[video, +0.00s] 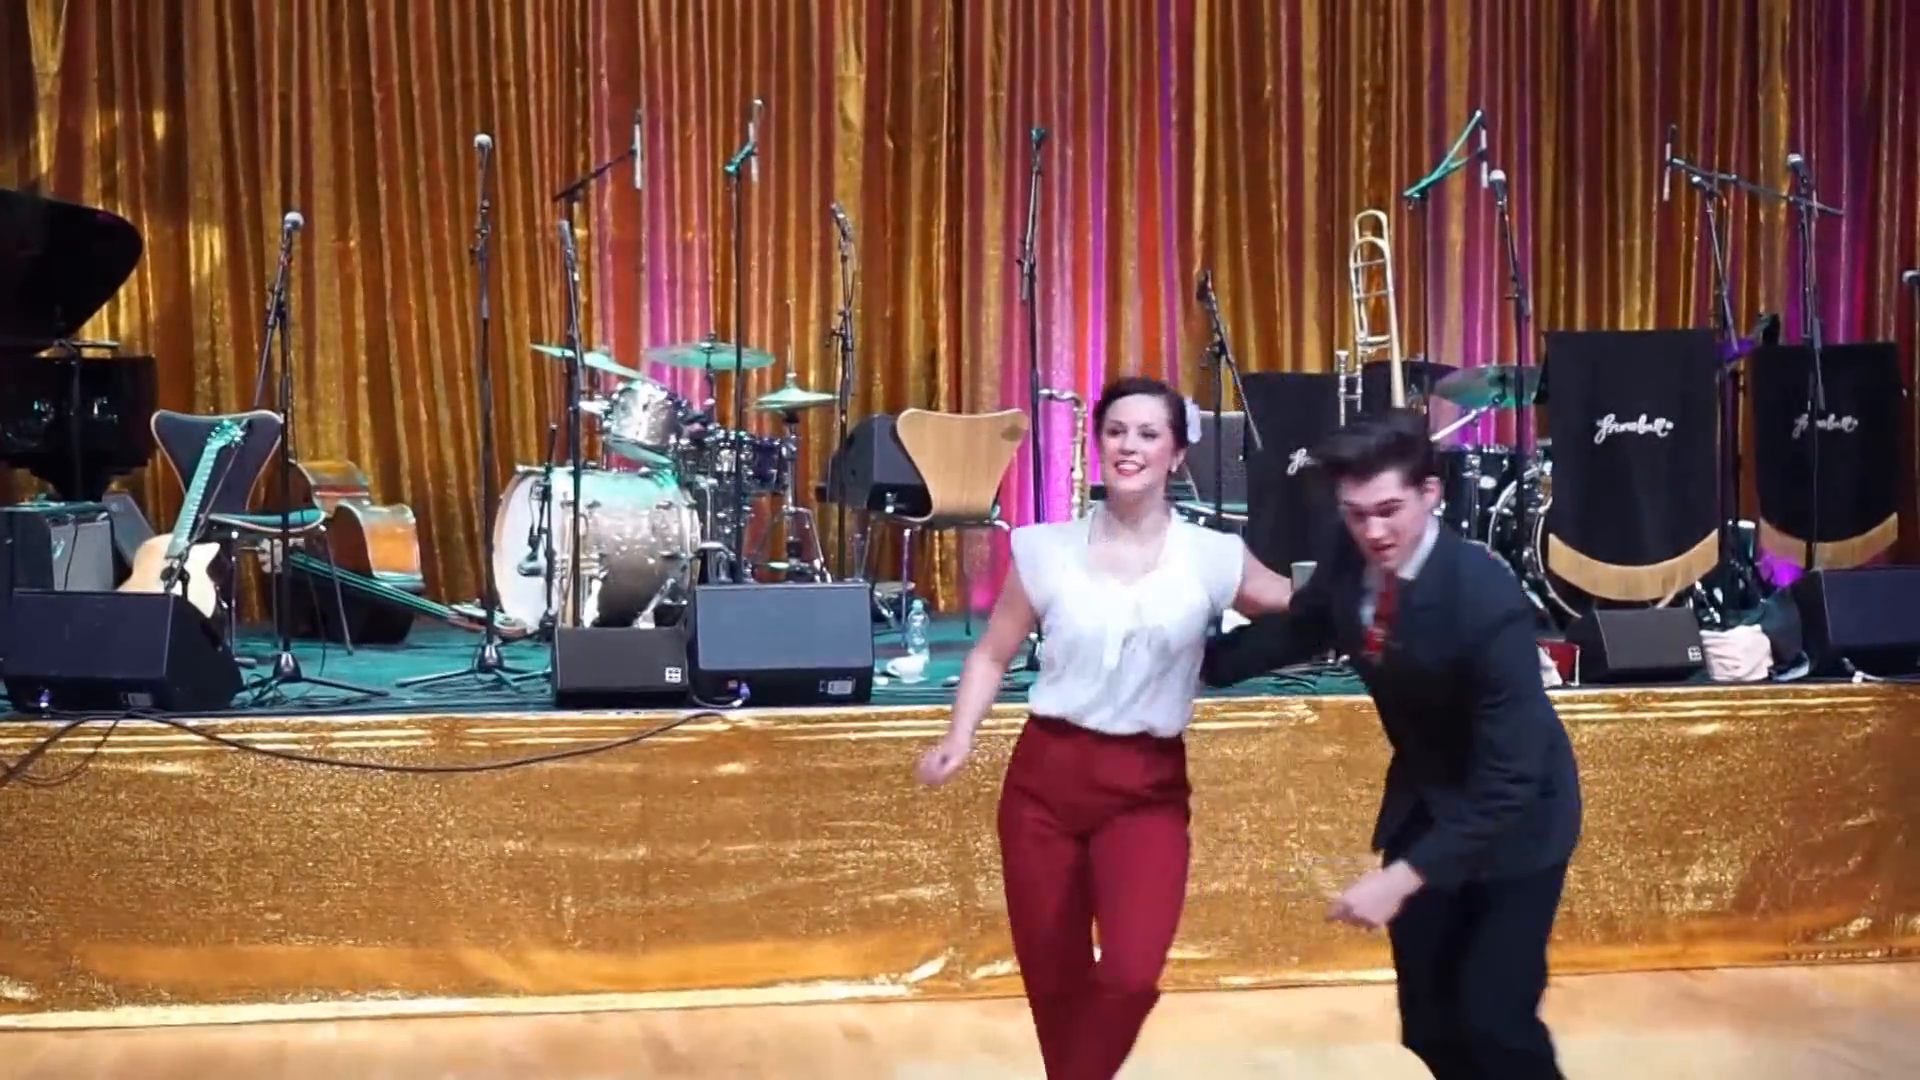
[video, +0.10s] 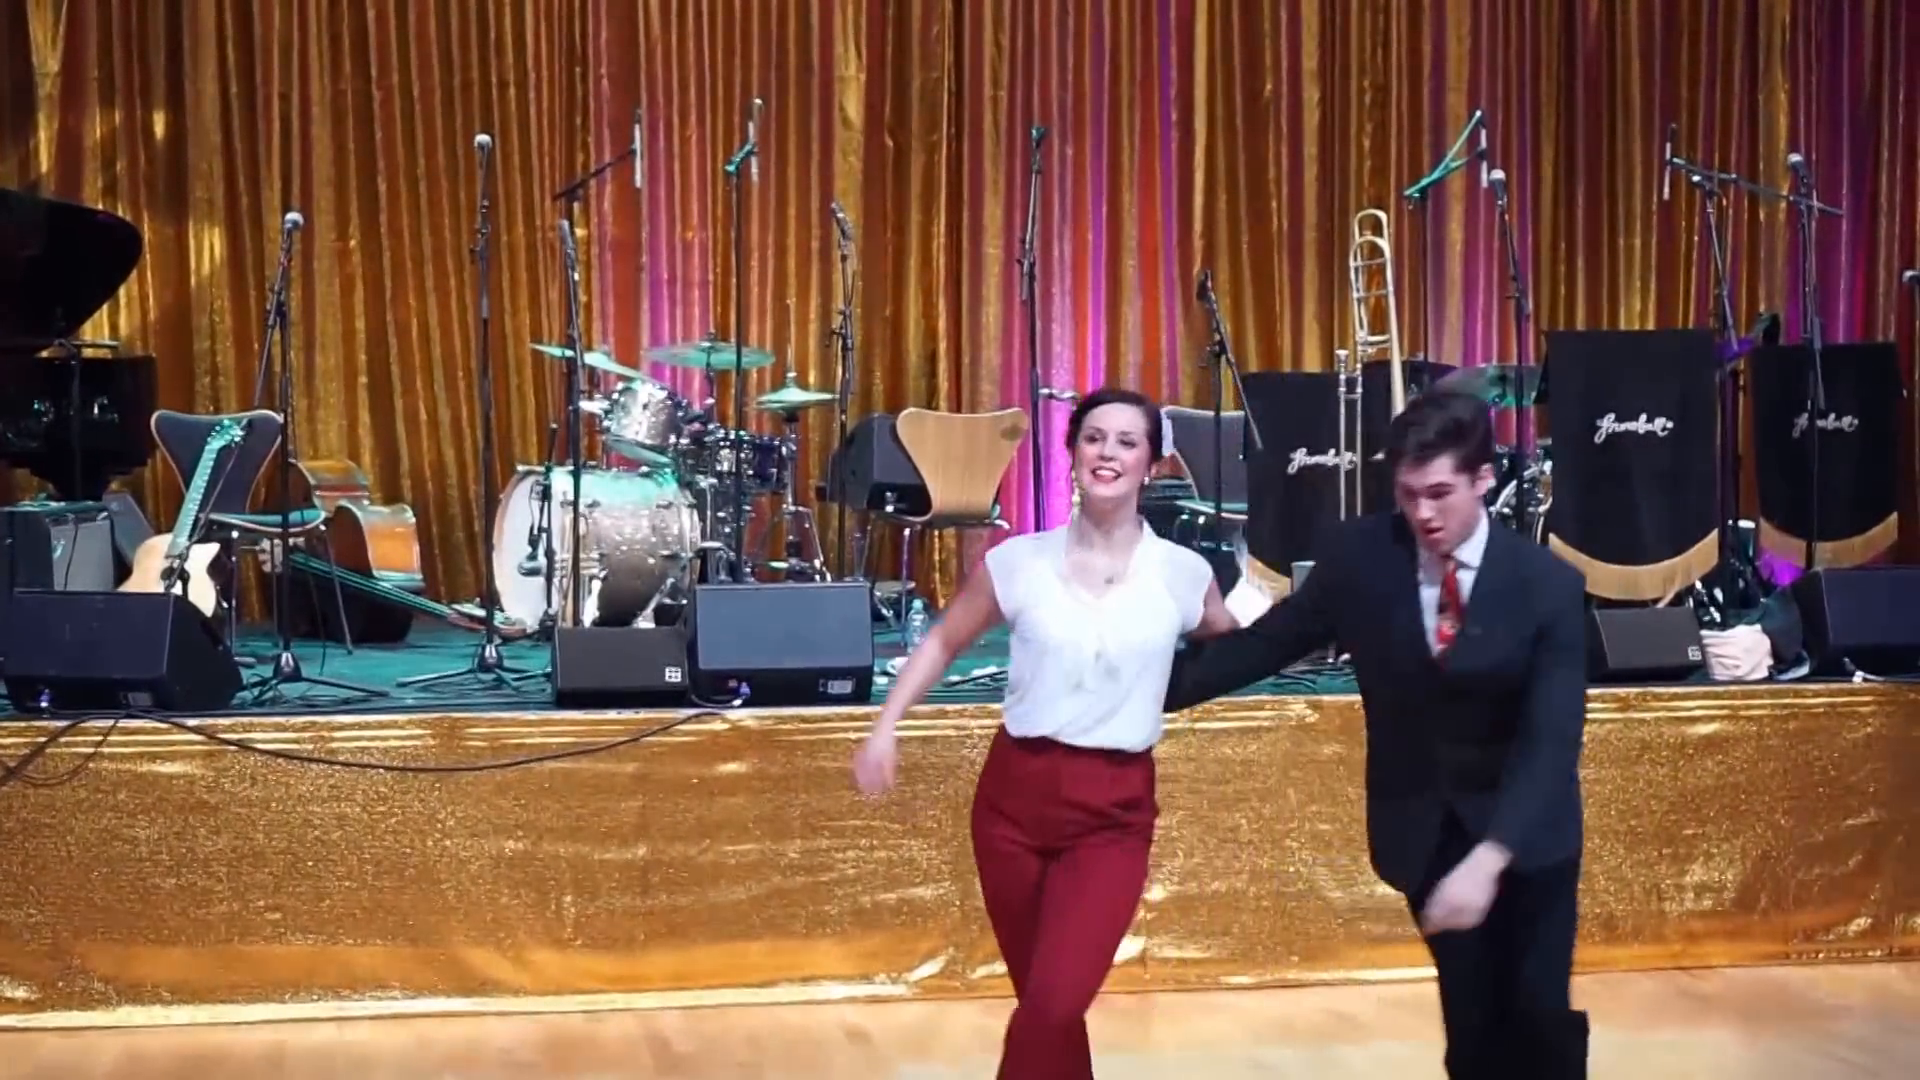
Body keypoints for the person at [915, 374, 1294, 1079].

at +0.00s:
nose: (1127, 447)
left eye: (1147, 435)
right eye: (1115, 433)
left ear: (1177, 456)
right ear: (1096, 446)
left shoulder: (1214, 557)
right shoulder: (1045, 550)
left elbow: (1314, 614)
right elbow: (991, 655)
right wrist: (960, 737)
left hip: (1147, 798)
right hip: (1042, 791)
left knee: (1133, 979)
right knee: (1054, 991)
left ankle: (1072, 1075)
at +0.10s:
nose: (1107, 453)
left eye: (1127, 443)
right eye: (1094, 439)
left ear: (1154, 466)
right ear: (1074, 457)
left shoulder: (1187, 577)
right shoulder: (1015, 563)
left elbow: (1244, 664)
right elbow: (942, 643)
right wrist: (884, 727)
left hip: (1113, 815)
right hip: (1012, 804)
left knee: (1051, 1011)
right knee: (1047, 1010)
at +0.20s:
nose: (1101, 424)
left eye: (1121, 417)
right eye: (1088, 408)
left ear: (1138, 445)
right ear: (1061, 423)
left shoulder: (1152, 552)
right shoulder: (992, 523)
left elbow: (1206, 647)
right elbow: (910, 600)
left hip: (1093, 785)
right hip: (991, 777)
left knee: (1030, 991)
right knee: (953, 986)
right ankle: (1027, 1070)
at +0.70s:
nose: (1098, 442)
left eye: (1093, 428)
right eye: (1084, 428)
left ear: (1049, 441)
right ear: (1036, 438)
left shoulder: (1079, 562)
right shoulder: (938, 540)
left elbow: (1146, 661)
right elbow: (848, 633)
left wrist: (1239, 602)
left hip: (1038, 804)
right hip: (952, 802)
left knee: (1000, 1017)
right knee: (1056, 1015)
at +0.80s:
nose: (1088, 453)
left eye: (1084, 438)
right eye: (1077, 438)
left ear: (1037, 451)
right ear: (1035, 450)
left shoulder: (1039, 564)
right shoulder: (969, 553)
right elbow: (946, 672)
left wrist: (1088, 617)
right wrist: (1062, 637)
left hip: (1014, 810)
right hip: (965, 815)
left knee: (1000, 1016)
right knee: (1078, 1010)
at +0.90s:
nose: (1079, 439)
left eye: (1076, 424)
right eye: (1070, 424)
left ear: (1000, 442)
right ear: (1033, 437)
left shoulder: (947, 548)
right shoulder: (1042, 546)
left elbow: (936, 659)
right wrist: (1136, 651)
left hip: (922, 794)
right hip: (1000, 806)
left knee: (973, 1006)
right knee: (1072, 999)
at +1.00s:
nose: (1059, 424)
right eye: (1057, 414)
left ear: (966, 430)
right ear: (1050, 428)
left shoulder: (915, 530)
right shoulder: (1097, 537)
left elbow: (859, 654)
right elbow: (1123, 677)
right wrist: (1058, 659)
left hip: (946, 753)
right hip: (1049, 757)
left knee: (943, 1005)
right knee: (1055, 996)